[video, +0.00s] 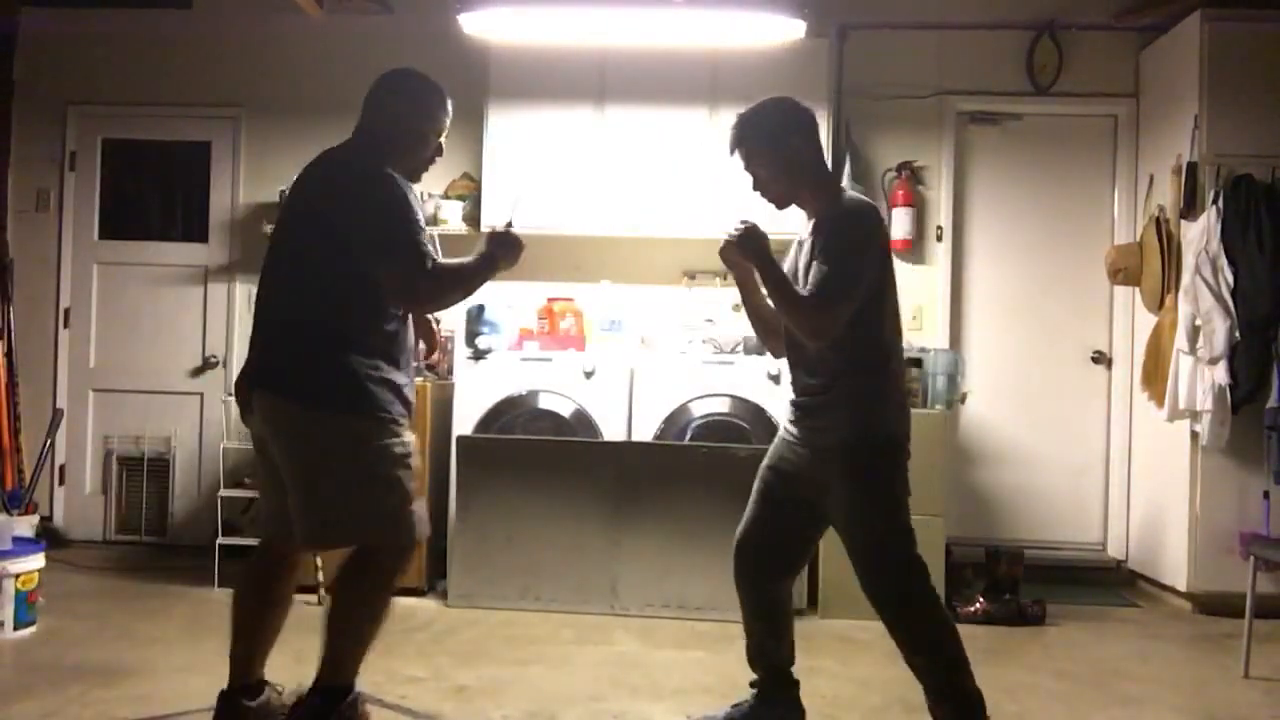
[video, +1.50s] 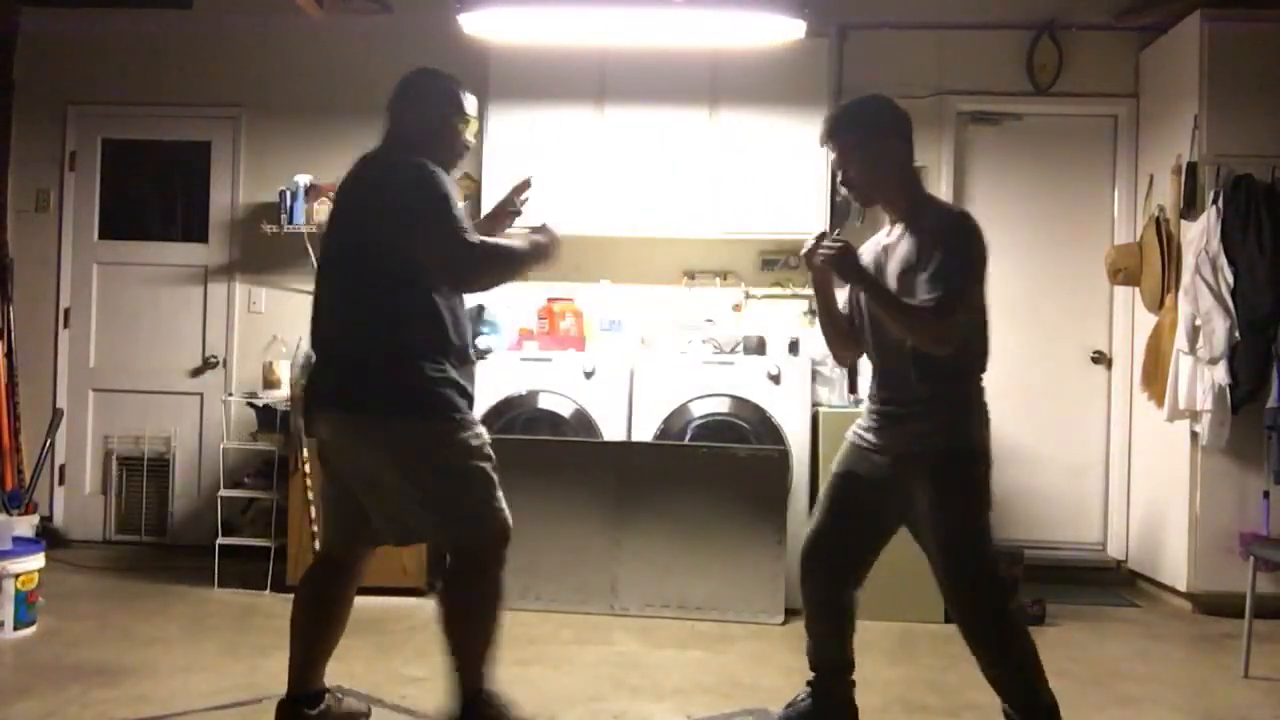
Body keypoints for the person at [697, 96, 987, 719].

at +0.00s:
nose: (752, 184)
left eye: (756, 167)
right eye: (747, 171)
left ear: (795, 153)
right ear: (794, 159)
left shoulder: (852, 218)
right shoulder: (807, 238)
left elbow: (818, 329)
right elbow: (777, 341)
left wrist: (763, 263)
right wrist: (745, 279)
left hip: (862, 438)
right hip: (805, 432)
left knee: (895, 585)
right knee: (757, 559)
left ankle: (962, 711)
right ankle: (775, 695)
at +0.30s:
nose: (784, 184)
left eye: (788, 166)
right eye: (779, 169)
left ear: (828, 153)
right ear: (825, 159)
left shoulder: (890, 226)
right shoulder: (833, 243)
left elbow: (846, 321)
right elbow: (801, 344)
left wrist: (784, 265)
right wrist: (771, 275)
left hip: (880, 439)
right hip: (826, 434)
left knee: (908, 592)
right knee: (773, 566)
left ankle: (978, 714)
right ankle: (775, 696)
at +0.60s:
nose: (814, 187)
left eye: (817, 170)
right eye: (809, 172)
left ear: (852, 158)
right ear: (864, 158)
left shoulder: (876, 241)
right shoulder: (931, 219)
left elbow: (844, 356)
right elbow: (927, 324)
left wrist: (785, 354)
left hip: (937, 430)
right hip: (915, 424)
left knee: (934, 600)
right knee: (862, 557)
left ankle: (990, 716)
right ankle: (843, 692)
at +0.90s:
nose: (844, 170)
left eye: (851, 153)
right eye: (840, 156)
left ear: (896, 145)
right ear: (872, 154)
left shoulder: (958, 218)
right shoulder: (878, 246)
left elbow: (937, 318)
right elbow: (854, 342)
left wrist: (855, 268)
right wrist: (823, 288)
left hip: (943, 433)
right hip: (879, 429)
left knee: (945, 596)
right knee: (838, 569)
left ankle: (989, 715)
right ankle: (850, 697)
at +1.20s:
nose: (852, 183)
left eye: (858, 166)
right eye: (847, 171)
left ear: (901, 150)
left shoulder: (975, 225)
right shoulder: (878, 245)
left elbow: (970, 332)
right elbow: (845, 342)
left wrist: (882, 269)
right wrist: (824, 270)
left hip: (953, 441)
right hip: (879, 434)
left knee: (986, 598)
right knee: (837, 570)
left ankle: (1038, 715)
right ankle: (848, 700)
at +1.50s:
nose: (838, 175)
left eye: (846, 158)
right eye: (834, 161)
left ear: (892, 149)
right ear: (870, 161)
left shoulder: (952, 230)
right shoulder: (874, 248)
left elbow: (943, 334)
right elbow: (847, 351)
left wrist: (859, 280)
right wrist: (822, 285)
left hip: (943, 439)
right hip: (878, 434)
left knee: (976, 601)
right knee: (821, 564)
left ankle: (1036, 713)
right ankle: (830, 698)